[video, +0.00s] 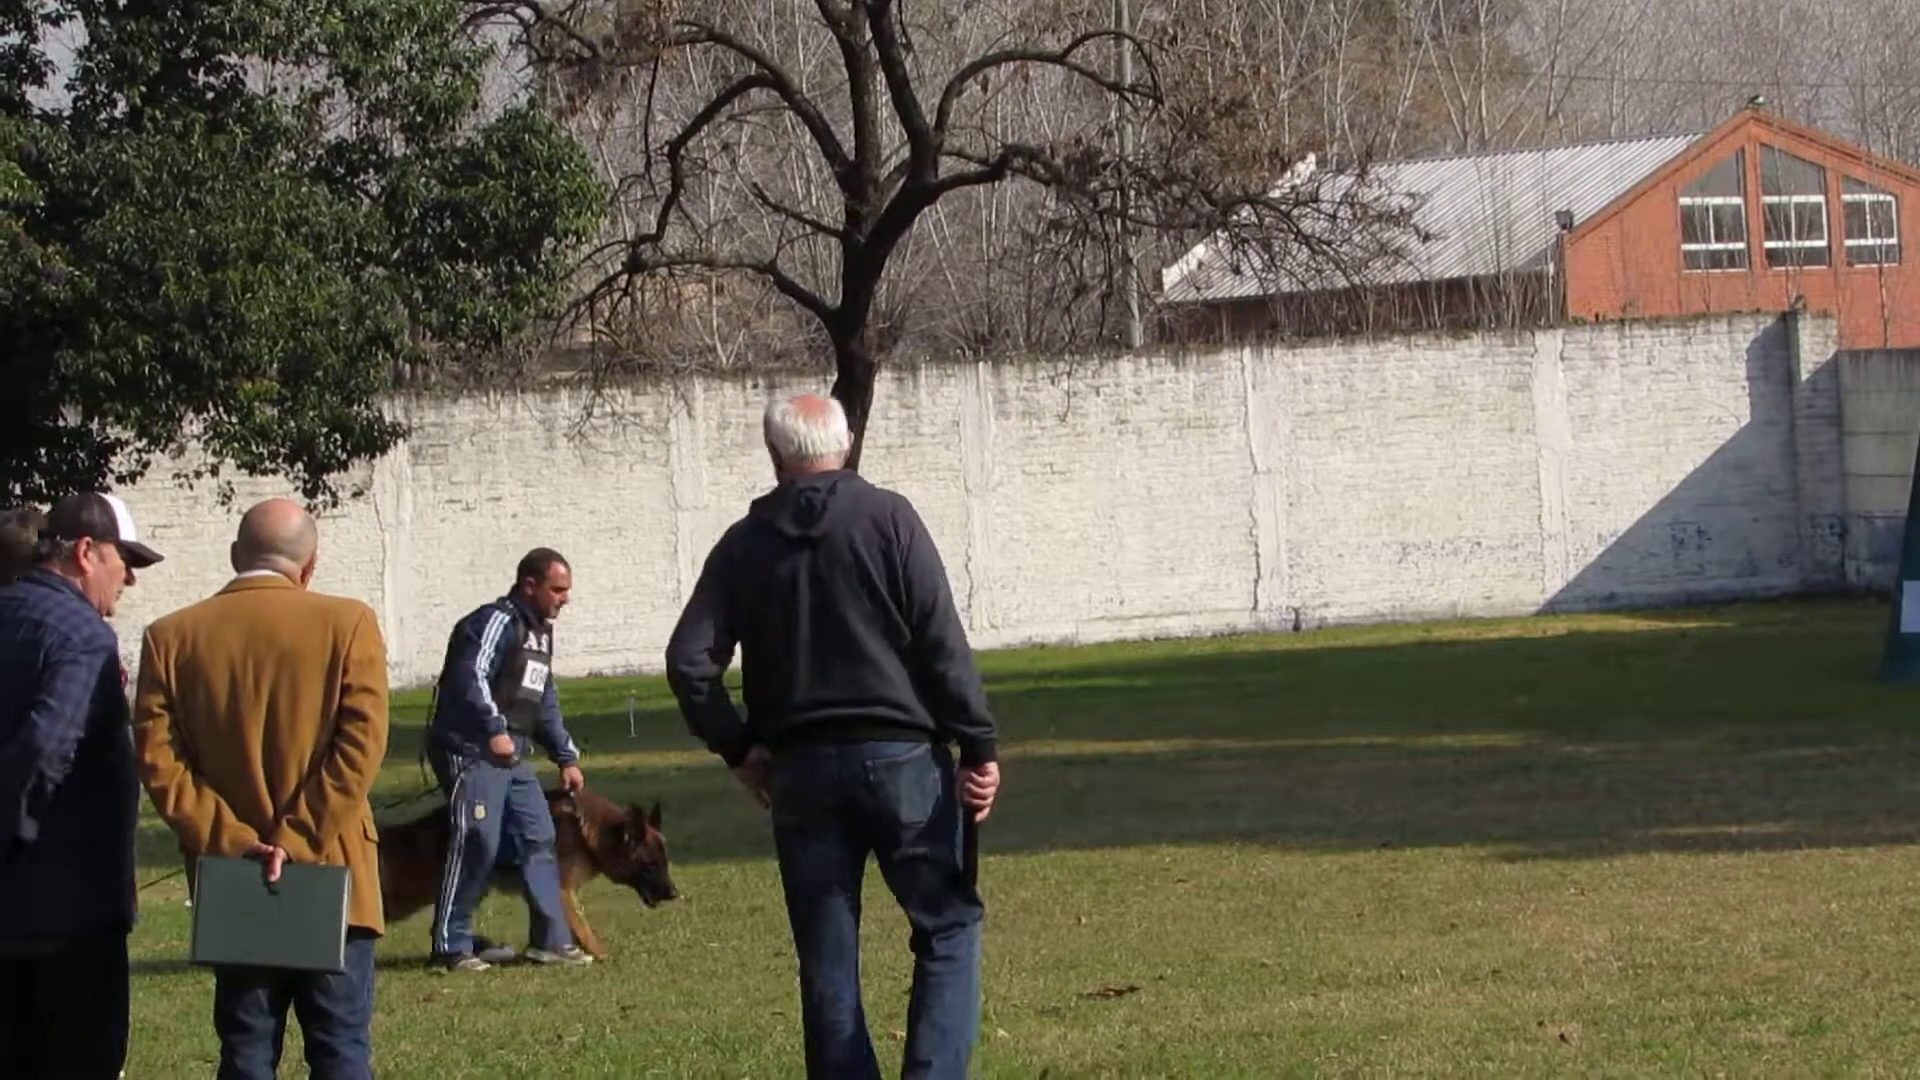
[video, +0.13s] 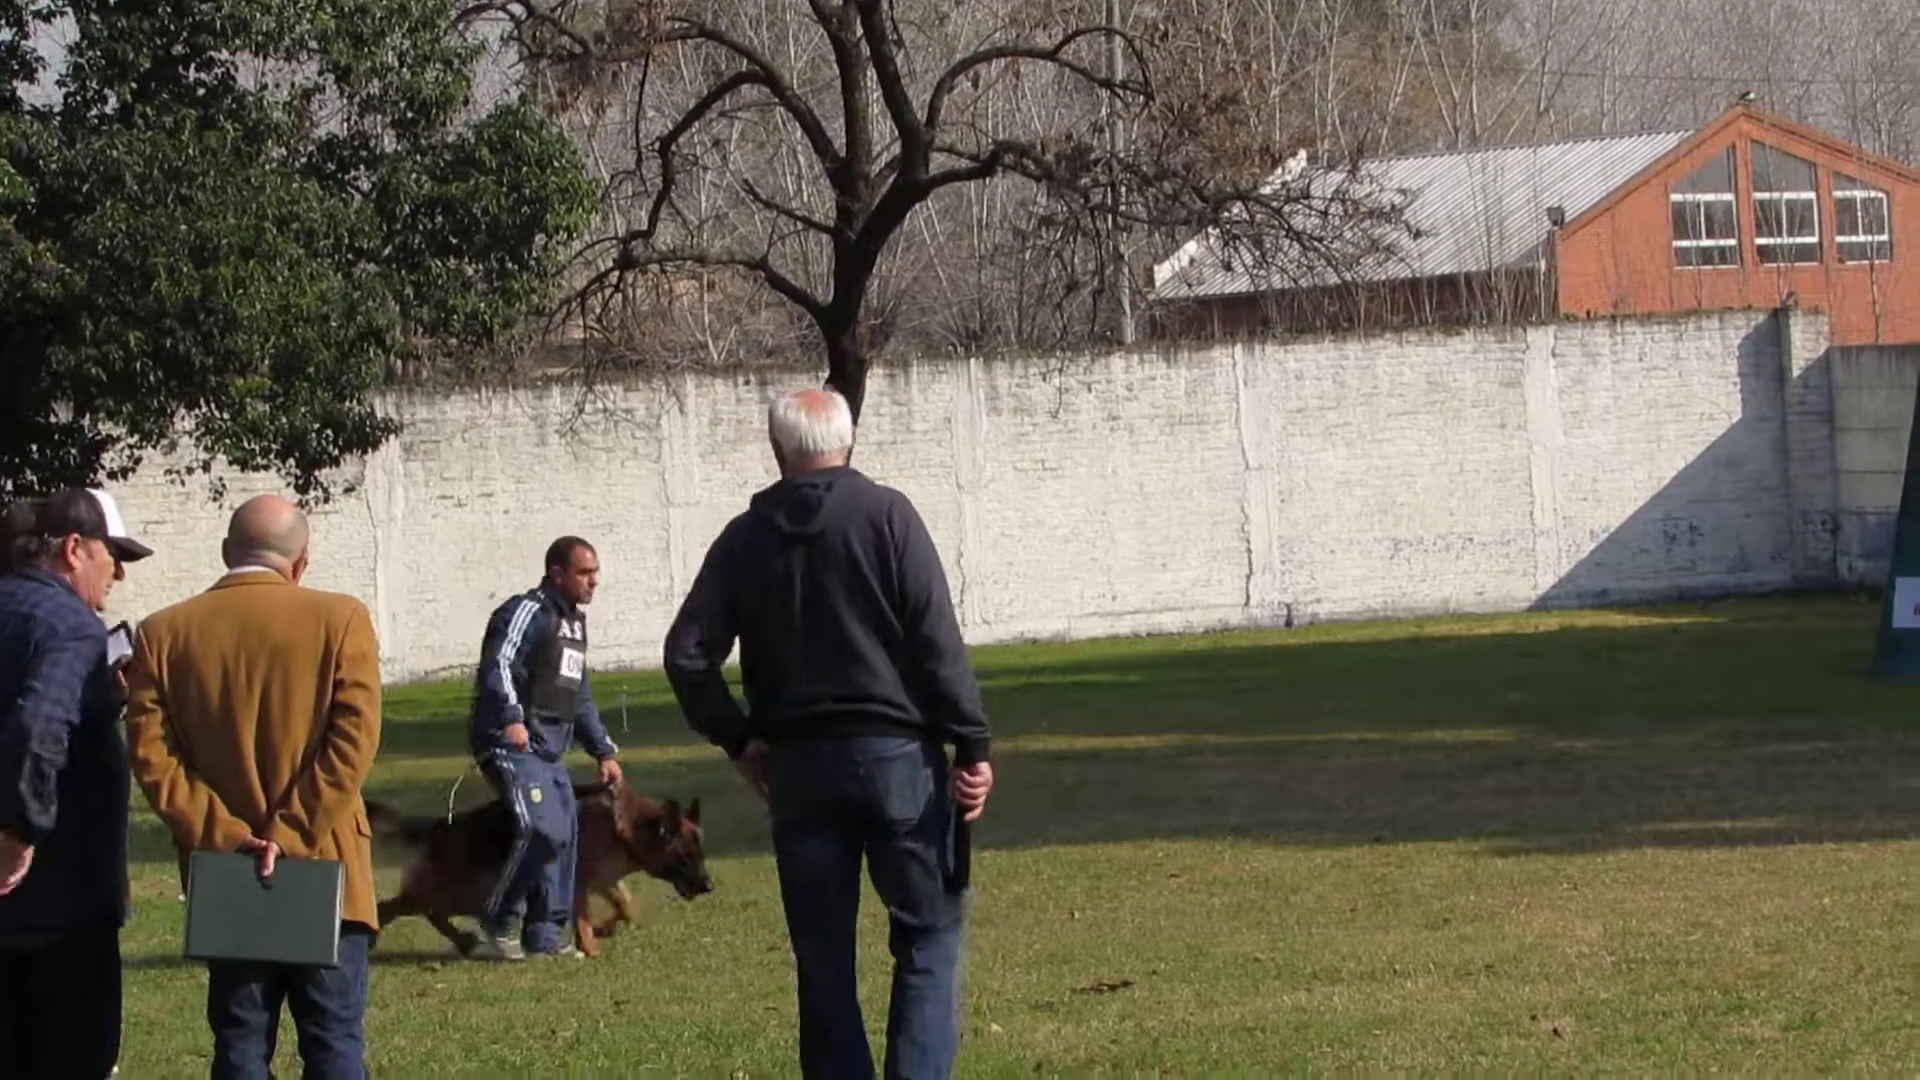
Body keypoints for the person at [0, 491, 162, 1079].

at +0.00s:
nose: (129, 580)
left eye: (131, 566)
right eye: (125, 562)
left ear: (67, 552)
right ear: (86, 553)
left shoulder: (12, 608)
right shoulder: (81, 633)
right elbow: (44, 745)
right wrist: (17, 825)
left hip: (16, 896)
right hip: (69, 901)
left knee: (24, 1051)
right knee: (84, 1058)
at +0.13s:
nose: (117, 575)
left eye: (118, 561)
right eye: (112, 558)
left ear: (61, 551)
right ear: (74, 551)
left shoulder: (13, 602)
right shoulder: (69, 623)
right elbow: (37, 724)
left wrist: (106, 688)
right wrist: (23, 830)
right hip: (62, 900)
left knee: (24, 1049)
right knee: (76, 1057)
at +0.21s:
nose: (116, 570)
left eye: (118, 556)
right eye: (111, 552)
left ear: (59, 546)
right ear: (73, 546)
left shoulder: (12, 595)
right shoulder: (69, 617)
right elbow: (39, 712)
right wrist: (54, 817)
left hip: (12, 887)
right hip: (60, 892)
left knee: (23, 1043)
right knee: (77, 1052)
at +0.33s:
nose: (103, 527)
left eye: (104, 513)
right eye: (97, 511)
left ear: (50, 505)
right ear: (60, 504)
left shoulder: (15, 557)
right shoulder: (55, 574)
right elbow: (31, 680)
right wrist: (87, 760)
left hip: (18, 832)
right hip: (47, 843)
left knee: (27, 1003)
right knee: (64, 1006)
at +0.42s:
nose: (98, 492)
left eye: (100, 479)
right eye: (93, 476)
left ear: (47, 472)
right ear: (54, 470)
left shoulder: (20, 527)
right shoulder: (47, 540)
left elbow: (35, 655)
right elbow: (35, 655)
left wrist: (97, 709)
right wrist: (98, 713)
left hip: (28, 802)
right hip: (43, 809)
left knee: (41, 975)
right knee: (53, 982)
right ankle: (46, 1066)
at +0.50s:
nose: (98, 446)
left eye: (99, 433)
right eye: (91, 431)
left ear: (45, 428)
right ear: (53, 426)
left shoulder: (27, 489)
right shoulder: (44, 499)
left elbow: (46, 617)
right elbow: (45, 619)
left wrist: (112, 656)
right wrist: (116, 659)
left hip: (32, 751)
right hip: (43, 758)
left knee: (46, 911)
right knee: (54, 917)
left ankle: (36, 1050)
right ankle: (41, 1055)